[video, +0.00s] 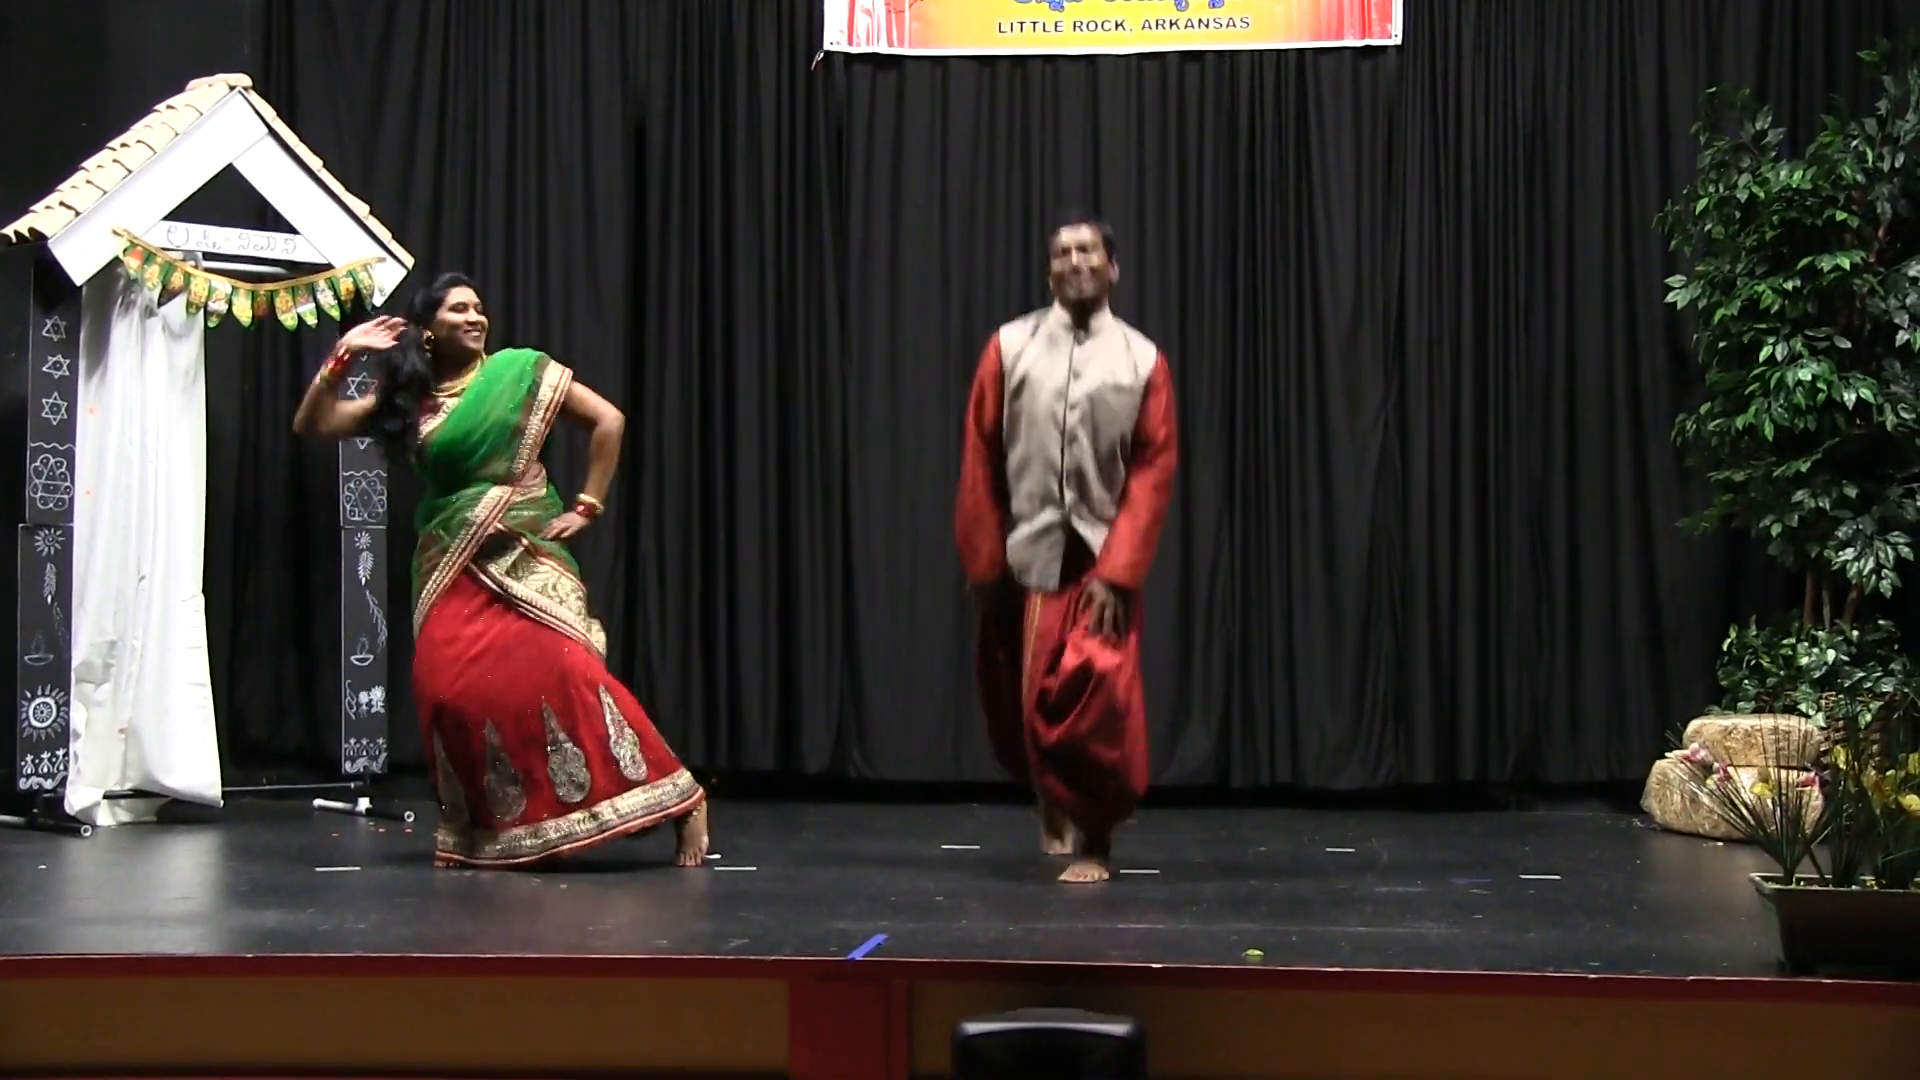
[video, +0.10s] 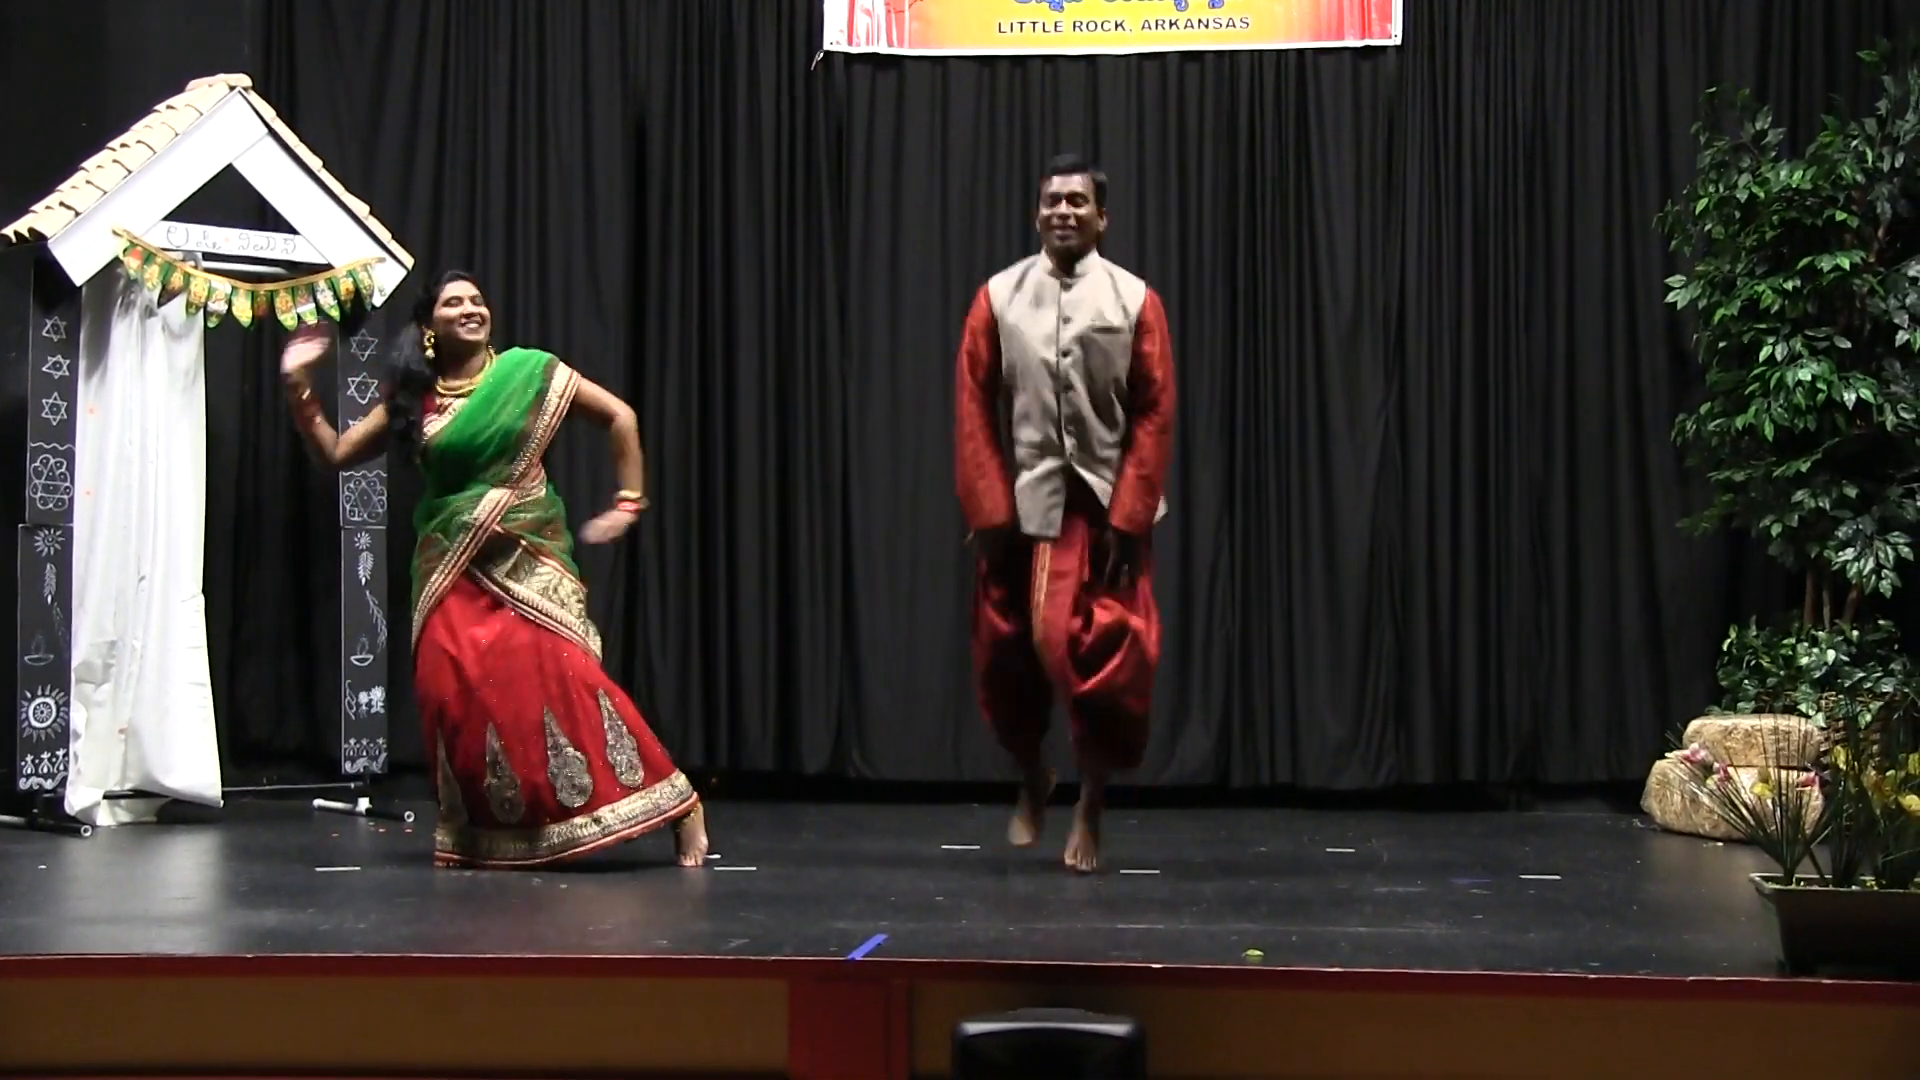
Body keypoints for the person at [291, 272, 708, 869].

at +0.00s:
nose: (474, 316)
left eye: (478, 309)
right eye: (458, 308)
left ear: (488, 322)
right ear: (426, 326)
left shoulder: (519, 369)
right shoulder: (409, 396)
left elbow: (608, 419)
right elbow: (313, 424)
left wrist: (589, 503)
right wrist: (341, 356)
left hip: (531, 549)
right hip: (451, 558)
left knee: (573, 671)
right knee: (440, 689)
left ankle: (685, 798)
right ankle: (461, 821)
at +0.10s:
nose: (470, 310)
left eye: (477, 302)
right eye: (454, 303)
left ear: (491, 317)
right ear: (430, 323)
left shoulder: (528, 369)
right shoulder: (415, 393)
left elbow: (620, 415)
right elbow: (335, 451)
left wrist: (630, 499)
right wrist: (297, 389)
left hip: (531, 550)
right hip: (450, 557)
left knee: (569, 678)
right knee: (443, 687)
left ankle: (682, 803)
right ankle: (458, 828)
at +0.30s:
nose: (464, 300)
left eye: (476, 294)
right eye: (451, 296)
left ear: (497, 317)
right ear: (436, 322)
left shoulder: (530, 370)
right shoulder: (412, 389)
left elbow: (611, 436)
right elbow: (346, 463)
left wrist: (651, 518)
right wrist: (270, 490)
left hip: (533, 550)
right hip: (452, 560)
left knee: (584, 677)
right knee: (447, 686)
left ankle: (688, 802)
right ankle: (463, 828)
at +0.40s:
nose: (462, 302)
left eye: (474, 294)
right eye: (451, 294)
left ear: (497, 311)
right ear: (436, 312)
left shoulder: (527, 374)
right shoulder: (414, 382)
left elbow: (572, 456)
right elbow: (372, 468)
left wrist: (556, 539)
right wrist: (362, 517)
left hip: (525, 551)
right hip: (447, 557)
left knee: (581, 674)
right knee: (445, 678)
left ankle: (684, 800)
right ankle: (457, 821)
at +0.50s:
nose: (463, 305)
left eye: (475, 297)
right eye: (453, 297)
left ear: (499, 315)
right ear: (437, 315)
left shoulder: (528, 376)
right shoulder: (420, 384)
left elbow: (522, 446)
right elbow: (389, 453)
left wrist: (452, 422)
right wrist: (418, 430)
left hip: (524, 547)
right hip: (447, 555)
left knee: (583, 664)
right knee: (444, 682)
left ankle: (671, 797)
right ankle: (463, 822)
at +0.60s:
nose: (467, 296)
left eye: (479, 288)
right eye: (457, 288)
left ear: (500, 307)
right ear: (444, 307)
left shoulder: (517, 373)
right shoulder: (426, 376)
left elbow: (542, 380)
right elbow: (389, 370)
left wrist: (515, 308)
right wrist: (379, 318)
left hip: (522, 539)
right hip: (445, 546)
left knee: (570, 660)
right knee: (447, 682)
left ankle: (624, 802)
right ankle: (477, 827)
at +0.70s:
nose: (470, 274)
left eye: (485, 267)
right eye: (462, 267)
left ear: (514, 289)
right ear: (454, 287)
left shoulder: (533, 346)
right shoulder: (429, 341)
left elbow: (599, 325)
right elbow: (346, 321)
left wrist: (581, 249)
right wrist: (330, 248)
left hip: (519, 518)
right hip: (444, 525)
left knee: (537, 641)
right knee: (449, 665)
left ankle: (553, 808)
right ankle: (469, 825)